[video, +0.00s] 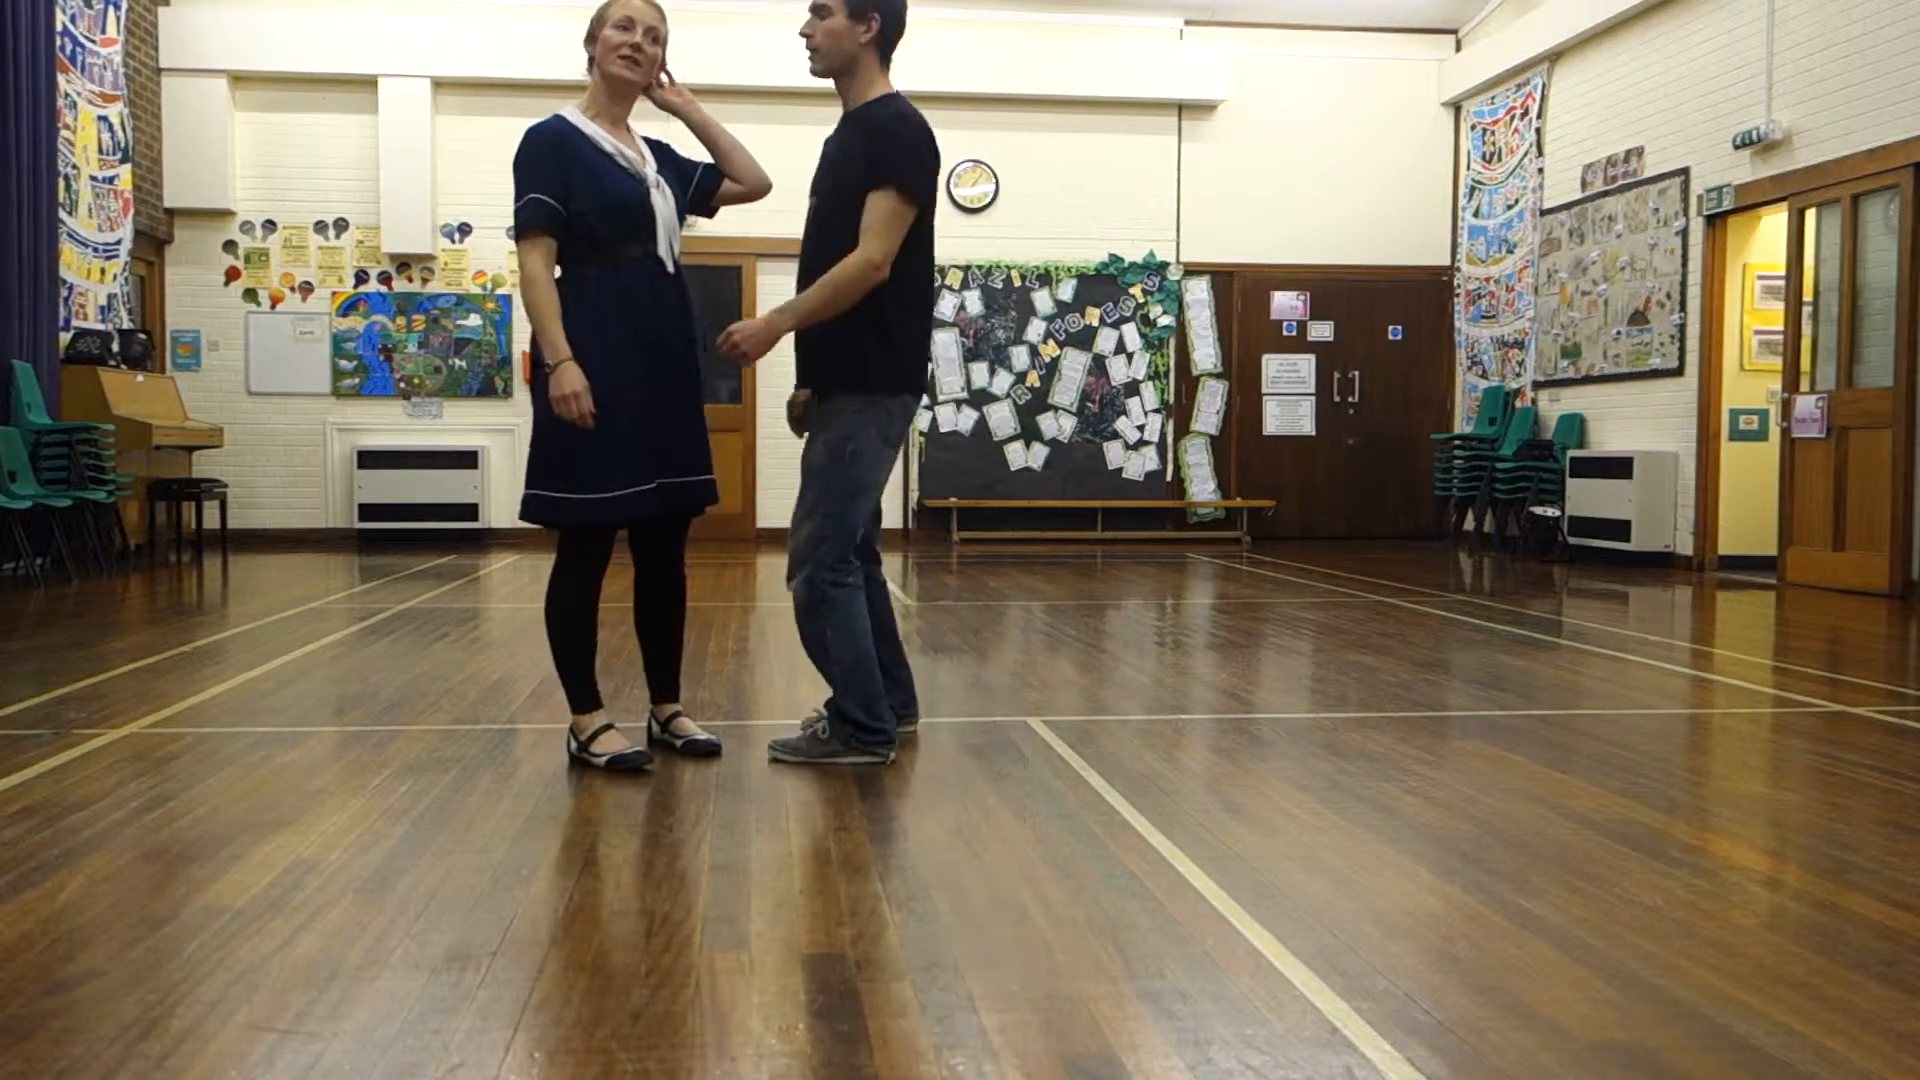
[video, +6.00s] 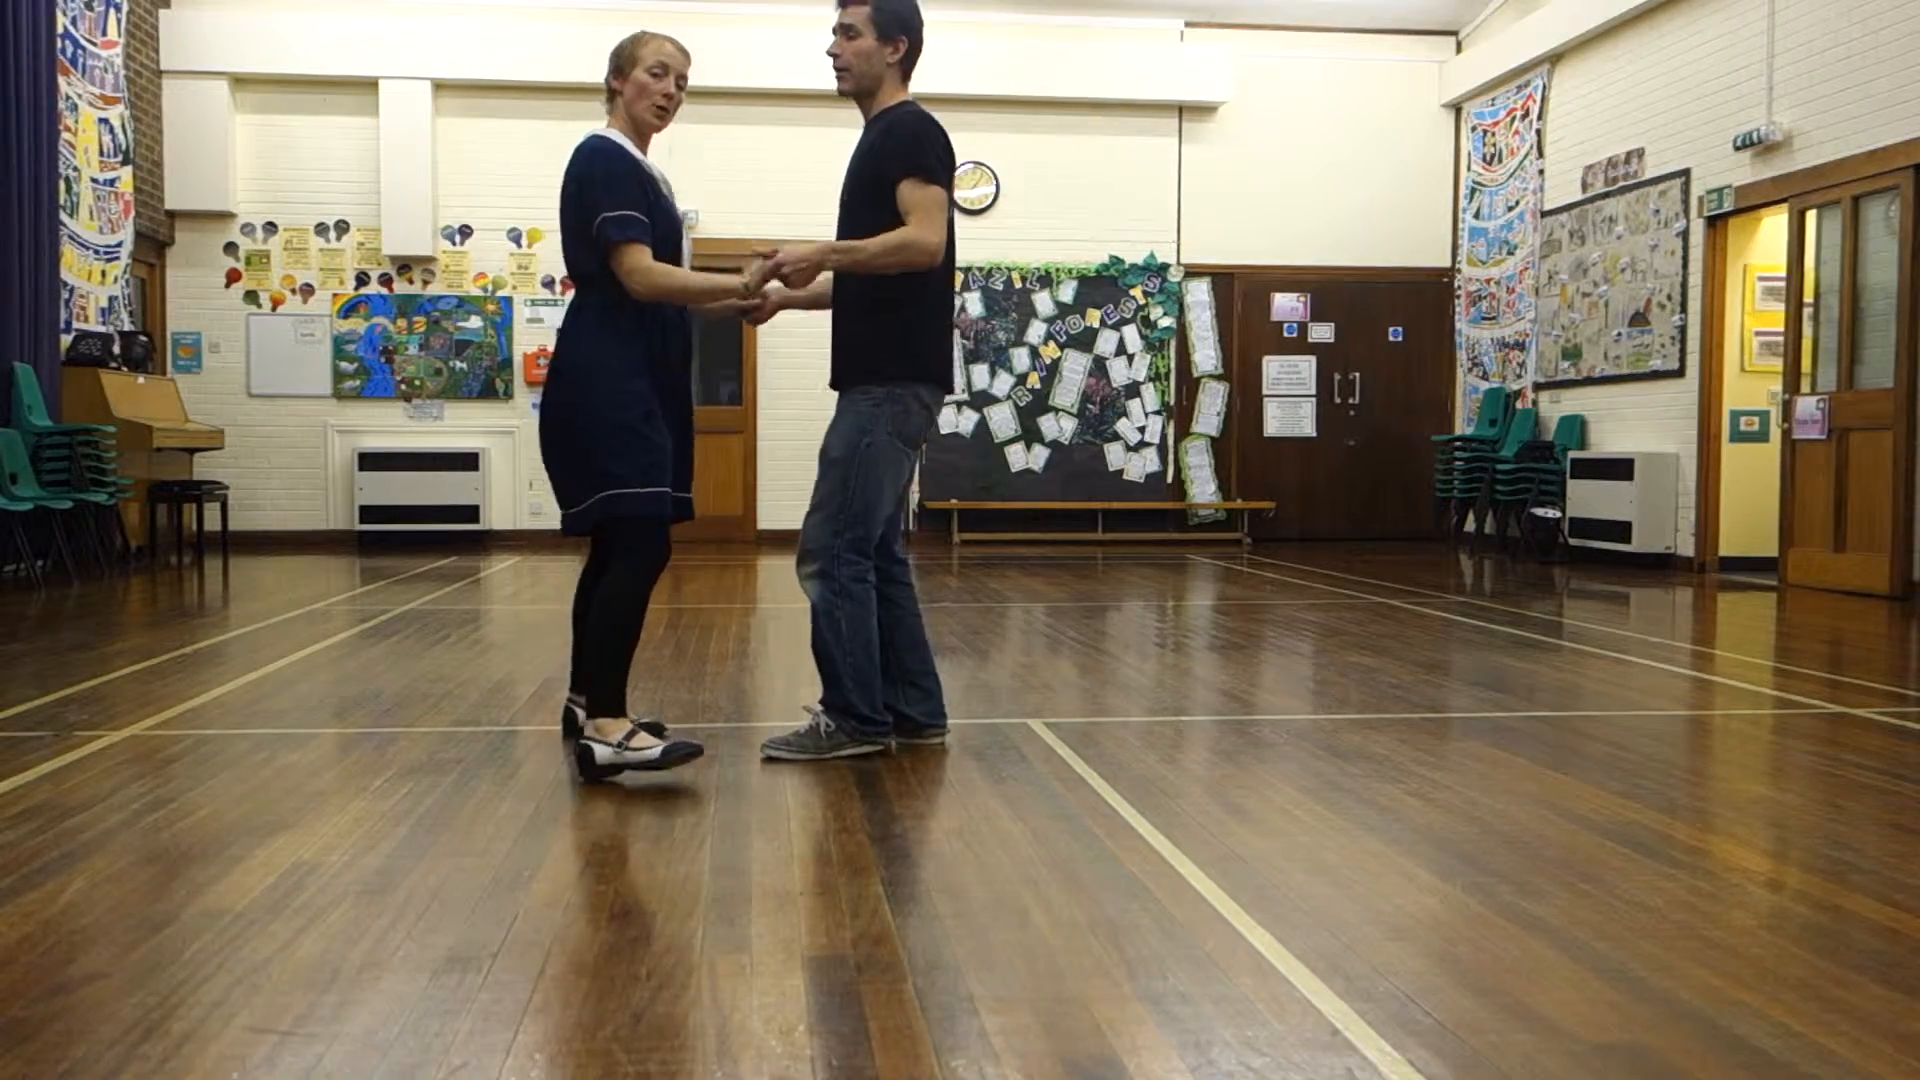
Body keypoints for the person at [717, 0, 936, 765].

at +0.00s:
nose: (806, 28)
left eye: (822, 15)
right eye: (809, 14)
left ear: (867, 29)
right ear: (852, 33)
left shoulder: (896, 129)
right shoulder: (851, 131)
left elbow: (873, 261)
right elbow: (840, 264)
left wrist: (774, 323)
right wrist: (814, 375)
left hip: (874, 380)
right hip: (845, 378)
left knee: (820, 559)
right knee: (847, 550)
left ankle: (862, 724)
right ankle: (888, 702)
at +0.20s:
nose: (812, 36)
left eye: (827, 23)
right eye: (814, 23)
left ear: (877, 37)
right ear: (856, 39)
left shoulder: (916, 139)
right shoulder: (825, 144)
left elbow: (913, 269)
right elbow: (808, 260)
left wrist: (882, 377)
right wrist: (775, 361)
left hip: (885, 379)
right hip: (838, 376)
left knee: (836, 542)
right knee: (851, 544)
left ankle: (864, 712)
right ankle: (889, 695)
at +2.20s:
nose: (821, 32)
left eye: (837, 18)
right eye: (823, 19)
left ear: (884, 31)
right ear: (868, 35)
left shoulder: (909, 126)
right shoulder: (870, 132)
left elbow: (901, 255)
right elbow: (847, 265)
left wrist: (846, 364)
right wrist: (812, 369)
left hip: (883, 376)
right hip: (859, 375)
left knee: (852, 555)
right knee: (841, 553)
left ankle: (887, 718)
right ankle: (872, 707)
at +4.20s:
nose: (830, 31)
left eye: (844, 16)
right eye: (833, 18)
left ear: (889, 26)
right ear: (887, 32)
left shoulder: (897, 110)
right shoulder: (904, 111)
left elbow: (857, 241)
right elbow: (873, 249)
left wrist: (754, 286)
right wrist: (790, 254)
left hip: (890, 370)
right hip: (897, 367)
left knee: (856, 554)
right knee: (871, 549)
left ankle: (881, 717)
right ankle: (914, 710)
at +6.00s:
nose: (833, 47)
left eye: (848, 34)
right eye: (835, 33)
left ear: (895, 48)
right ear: (875, 49)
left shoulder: (910, 129)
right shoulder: (880, 139)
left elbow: (927, 241)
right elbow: (878, 282)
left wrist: (822, 254)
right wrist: (793, 297)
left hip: (892, 383)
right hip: (880, 381)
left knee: (831, 552)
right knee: (877, 552)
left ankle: (855, 716)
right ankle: (914, 708)